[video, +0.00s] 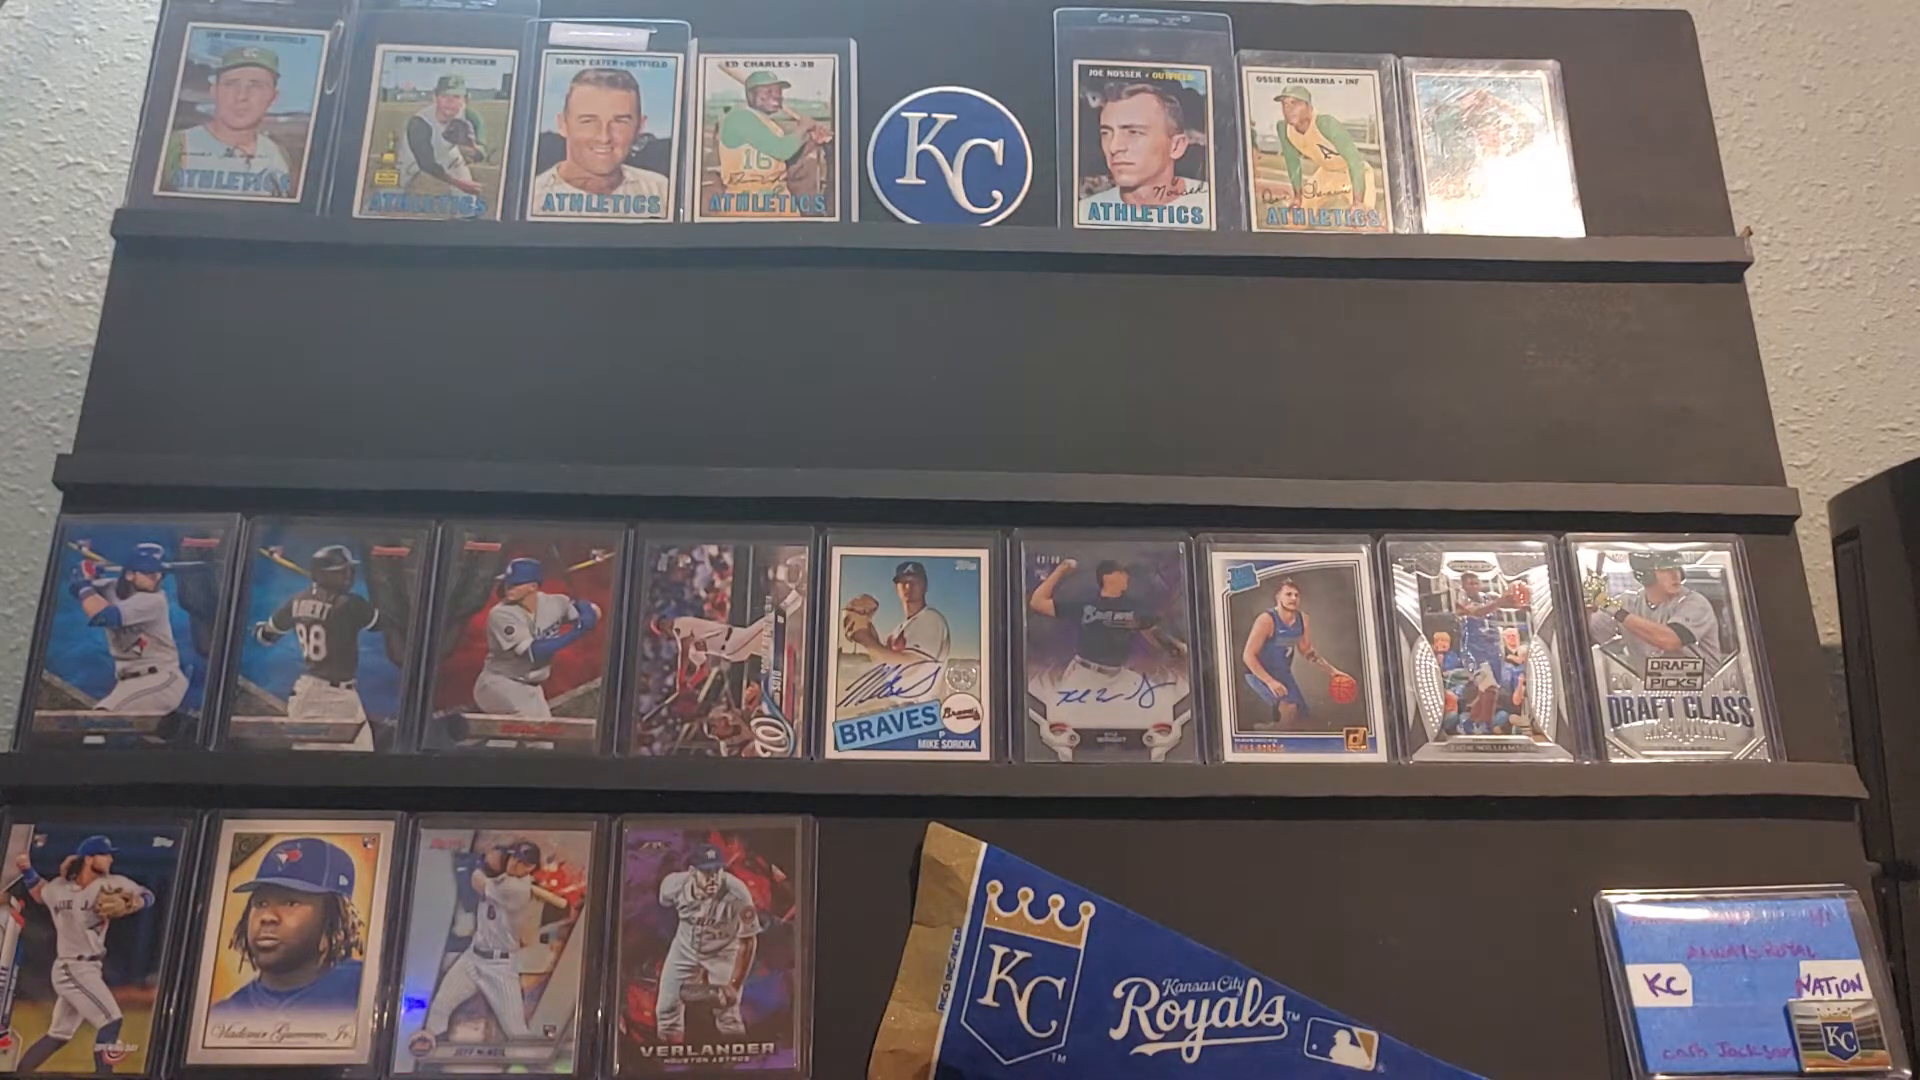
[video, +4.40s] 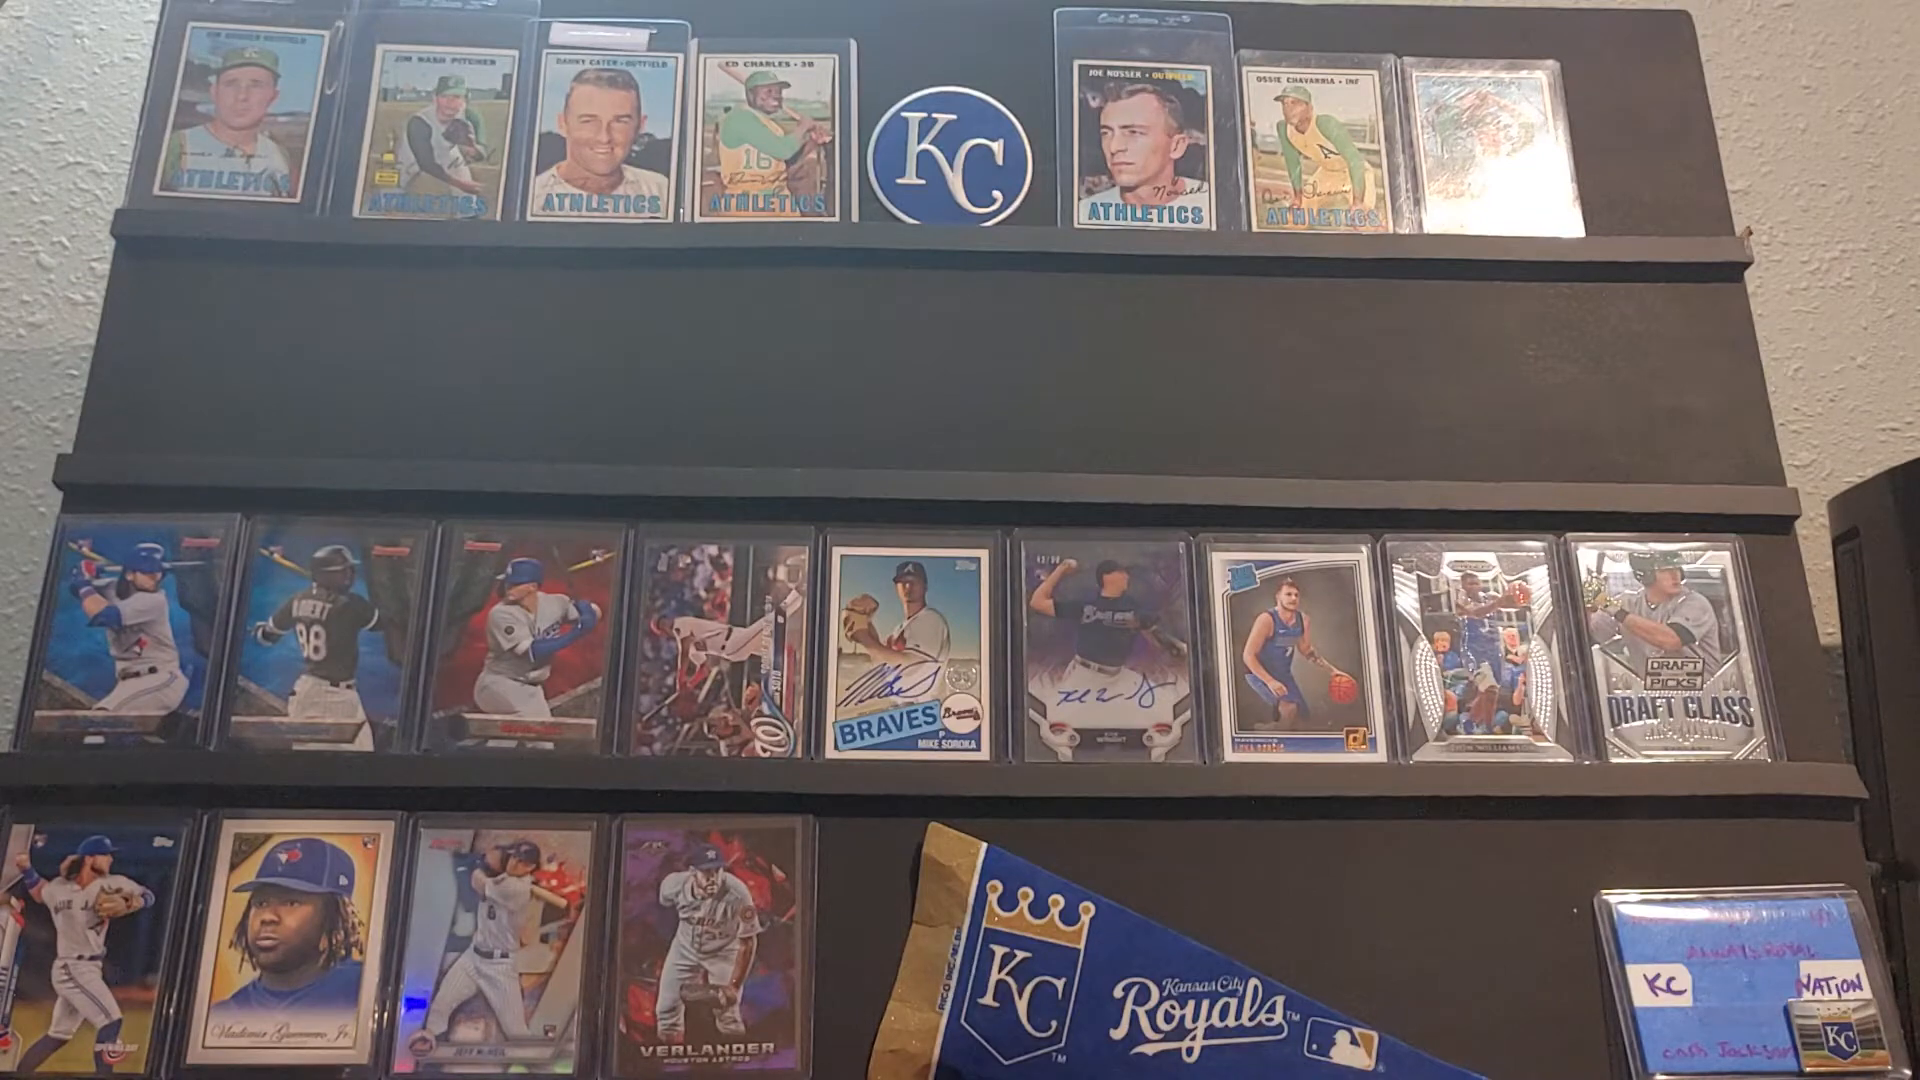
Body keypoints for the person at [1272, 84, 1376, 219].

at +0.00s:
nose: (1288, 110)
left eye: (1294, 103)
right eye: (1284, 105)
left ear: (1308, 107)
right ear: (1281, 108)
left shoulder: (1327, 124)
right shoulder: (1283, 128)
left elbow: (1355, 160)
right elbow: (1293, 163)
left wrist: (1357, 202)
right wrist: (1297, 197)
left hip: (1355, 174)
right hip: (1327, 173)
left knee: (1360, 220)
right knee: (1301, 212)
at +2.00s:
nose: (1288, 109)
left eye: (1294, 103)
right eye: (1284, 104)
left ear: (1308, 106)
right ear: (1281, 107)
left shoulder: (1327, 123)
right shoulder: (1283, 128)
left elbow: (1355, 159)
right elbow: (1293, 164)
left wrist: (1358, 202)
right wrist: (1297, 198)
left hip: (1354, 172)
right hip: (1327, 172)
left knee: (1360, 219)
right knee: (1301, 209)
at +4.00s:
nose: (1288, 109)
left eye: (1294, 103)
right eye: (1285, 104)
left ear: (1309, 107)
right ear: (1281, 107)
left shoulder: (1327, 123)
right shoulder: (1283, 128)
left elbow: (1355, 160)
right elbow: (1293, 163)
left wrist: (1358, 202)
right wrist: (1297, 197)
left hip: (1355, 172)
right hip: (1327, 172)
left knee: (1360, 217)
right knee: (1302, 208)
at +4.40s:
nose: (1288, 109)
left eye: (1293, 103)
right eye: (1284, 104)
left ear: (1308, 107)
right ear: (1282, 108)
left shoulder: (1327, 124)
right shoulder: (1283, 128)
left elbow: (1355, 161)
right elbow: (1293, 163)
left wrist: (1358, 203)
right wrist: (1297, 197)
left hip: (1355, 173)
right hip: (1327, 172)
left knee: (1361, 219)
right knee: (1301, 211)